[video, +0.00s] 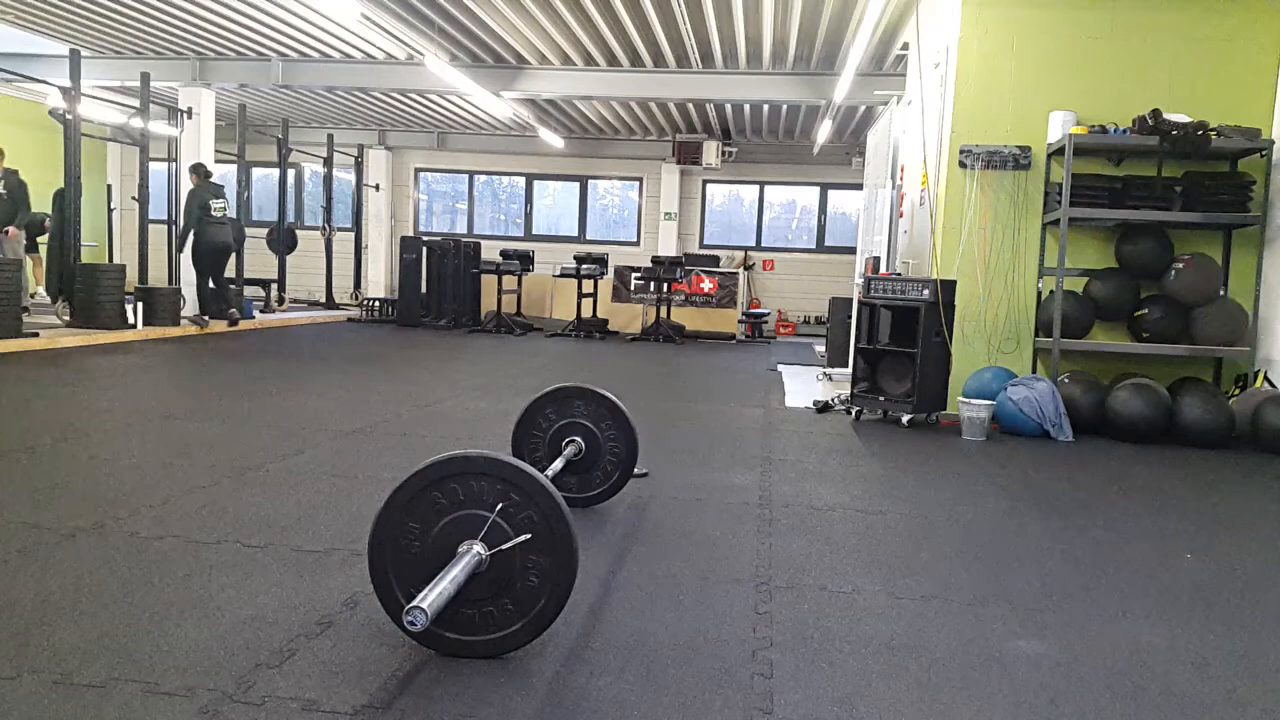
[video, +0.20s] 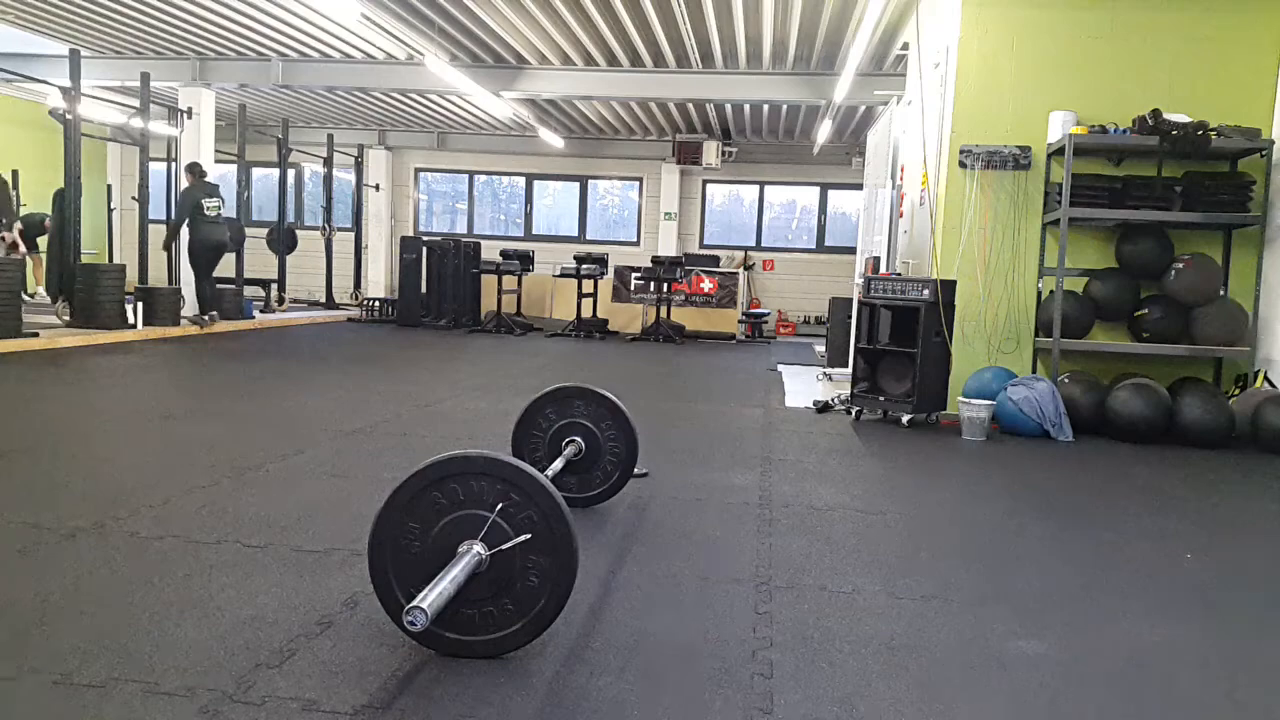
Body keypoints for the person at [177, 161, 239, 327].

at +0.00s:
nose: (190, 179)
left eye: (191, 176)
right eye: (191, 176)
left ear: (195, 176)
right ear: (205, 175)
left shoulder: (195, 192)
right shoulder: (219, 191)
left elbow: (189, 222)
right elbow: (222, 215)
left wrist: (180, 243)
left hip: (206, 238)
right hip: (226, 238)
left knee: (202, 278)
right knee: (218, 276)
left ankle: (204, 315)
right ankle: (231, 308)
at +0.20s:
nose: (186, 179)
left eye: (186, 176)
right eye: (186, 176)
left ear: (190, 175)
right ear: (201, 174)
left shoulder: (189, 192)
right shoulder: (214, 189)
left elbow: (179, 220)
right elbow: (219, 211)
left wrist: (168, 241)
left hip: (201, 239)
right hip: (221, 239)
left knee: (200, 277)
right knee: (208, 274)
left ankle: (204, 314)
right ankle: (213, 310)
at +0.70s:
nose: (177, 177)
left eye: (179, 174)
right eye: (178, 174)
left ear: (183, 174)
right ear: (194, 173)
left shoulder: (179, 191)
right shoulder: (204, 190)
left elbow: (173, 218)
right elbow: (203, 215)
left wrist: (169, 239)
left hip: (184, 237)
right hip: (202, 237)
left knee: (179, 272)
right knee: (190, 272)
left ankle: (193, 305)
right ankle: (191, 308)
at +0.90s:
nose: (171, 176)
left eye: (173, 173)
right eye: (171, 173)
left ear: (180, 173)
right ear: (186, 173)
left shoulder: (180, 190)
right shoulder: (196, 188)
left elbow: (174, 216)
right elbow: (198, 215)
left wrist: (164, 236)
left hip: (182, 235)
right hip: (198, 235)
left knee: (166, 270)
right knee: (187, 272)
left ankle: (172, 308)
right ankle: (191, 311)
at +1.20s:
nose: (159, 176)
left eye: (162, 173)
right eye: (160, 173)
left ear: (171, 174)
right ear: (172, 174)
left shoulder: (173, 191)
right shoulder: (182, 189)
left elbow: (170, 222)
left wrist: (161, 244)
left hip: (174, 237)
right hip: (185, 237)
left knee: (162, 272)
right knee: (183, 273)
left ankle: (162, 309)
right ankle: (190, 310)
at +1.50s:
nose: (148, 174)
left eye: (152, 171)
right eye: (149, 171)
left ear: (161, 173)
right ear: (160, 174)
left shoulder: (164, 191)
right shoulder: (163, 189)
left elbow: (162, 221)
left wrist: (151, 246)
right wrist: (146, 241)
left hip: (161, 238)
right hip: (166, 237)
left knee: (155, 277)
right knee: (168, 276)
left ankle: (157, 310)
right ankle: (185, 308)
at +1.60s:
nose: (144, 173)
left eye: (147, 170)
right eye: (144, 170)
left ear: (157, 172)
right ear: (155, 172)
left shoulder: (162, 190)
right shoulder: (152, 190)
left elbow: (159, 222)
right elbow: (146, 219)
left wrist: (147, 244)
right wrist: (138, 237)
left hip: (158, 240)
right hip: (149, 238)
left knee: (152, 278)